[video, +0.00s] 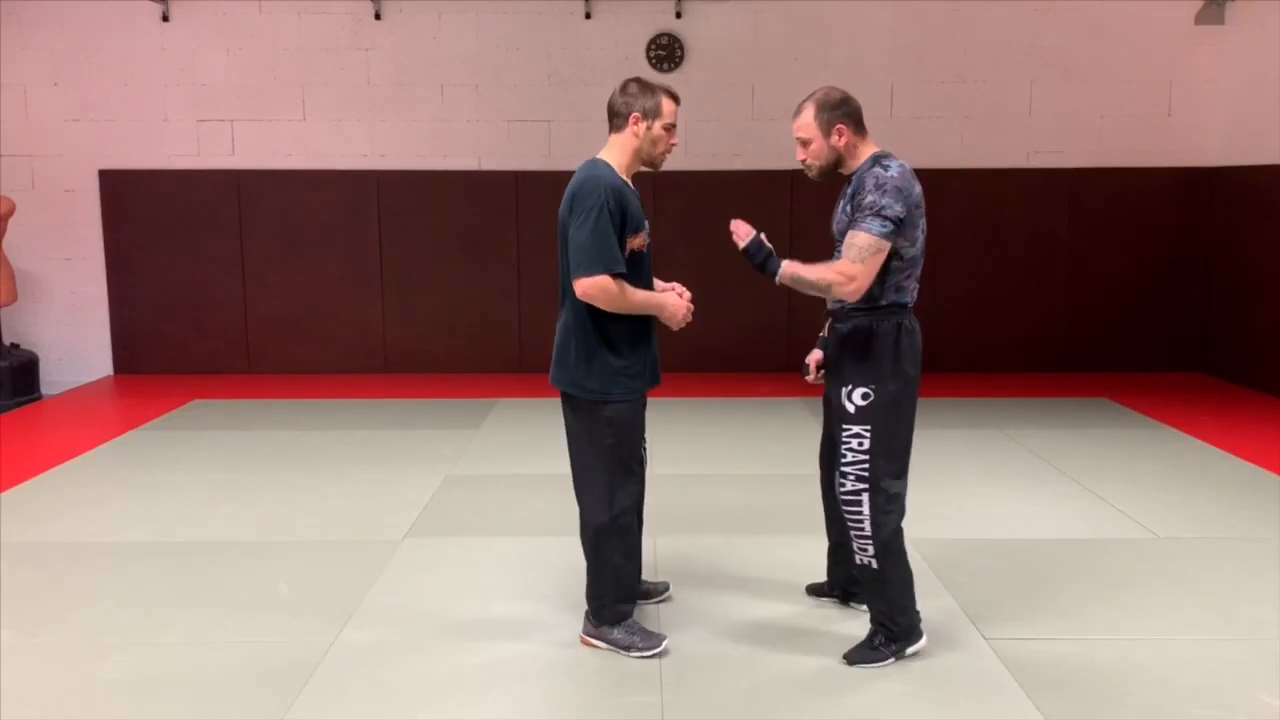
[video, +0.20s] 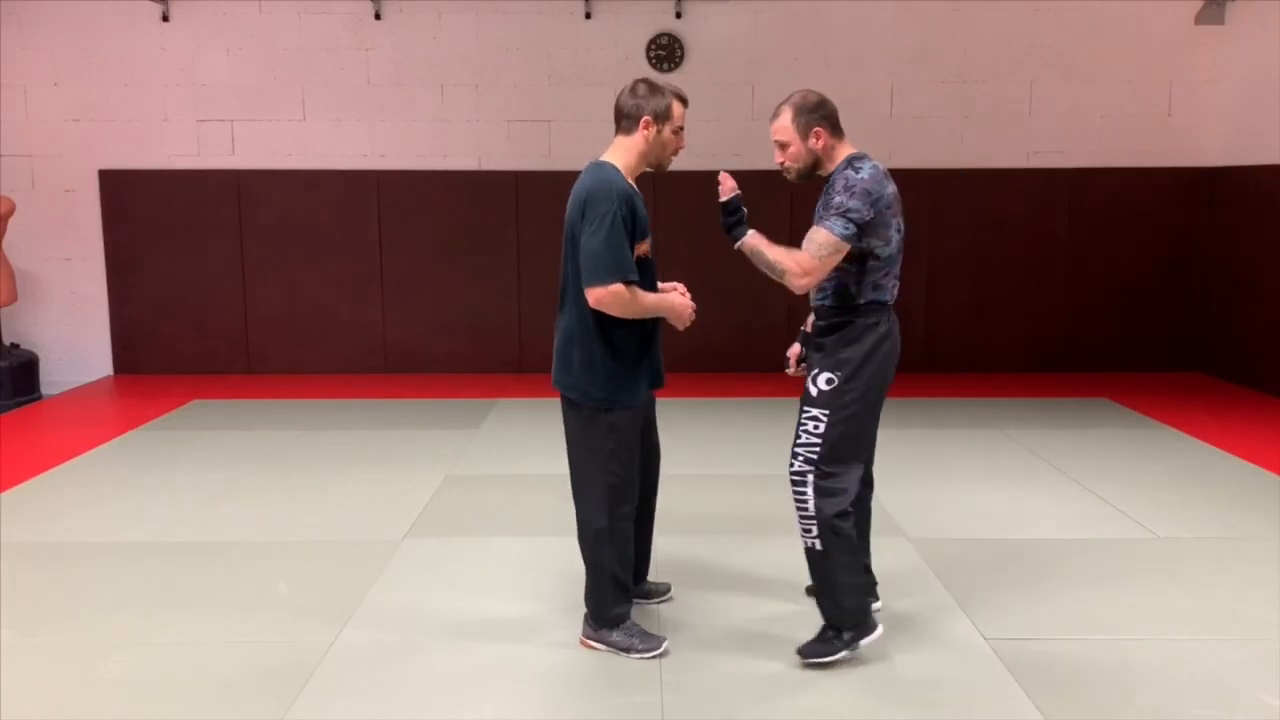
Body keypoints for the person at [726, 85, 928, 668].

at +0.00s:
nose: (798, 153)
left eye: (805, 141)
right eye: (797, 142)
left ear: (841, 135)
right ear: (840, 136)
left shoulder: (886, 183)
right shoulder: (859, 185)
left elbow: (852, 280)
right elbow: (852, 278)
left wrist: (773, 264)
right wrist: (828, 343)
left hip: (880, 346)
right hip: (854, 344)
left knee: (865, 486)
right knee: (840, 470)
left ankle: (898, 624)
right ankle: (849, 577)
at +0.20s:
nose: (777, 156)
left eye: (784, 144)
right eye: (775, 145)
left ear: (819, 137)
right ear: (819, 138)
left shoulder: (855, 185)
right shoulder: (851, 178)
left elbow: (803, 272)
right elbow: (842, 277)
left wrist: (742, 233)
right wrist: (810, 336)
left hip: (854, 341)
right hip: (853, 338)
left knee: (812, 473)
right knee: (844, 471)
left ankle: (847, 620)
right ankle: (854, 590)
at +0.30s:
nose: (765, 158)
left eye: (770, 145)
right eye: (762, 146)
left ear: (806, 138)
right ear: (808, 139)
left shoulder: (839, 188)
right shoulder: (846, 177)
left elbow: (759, 266)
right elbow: (833, 271)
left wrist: (682, 232)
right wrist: (803, 332)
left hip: (842, 342)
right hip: (854, 338)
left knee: (811, 481)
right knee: (847, 469)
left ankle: (805, 632)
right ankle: (853, 580)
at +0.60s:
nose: (744, 151)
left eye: (748, 139)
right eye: (742, 140)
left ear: (781, 134)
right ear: (794, 133)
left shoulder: (806, 189)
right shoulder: (844, 175)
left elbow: (713, 261)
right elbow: (733, 248)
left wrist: (639, 238)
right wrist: (650, 243)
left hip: (816, 343)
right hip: (845, 339)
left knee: (794, 486)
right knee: (829, 471)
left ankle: (796, 633)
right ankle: (846, 574)